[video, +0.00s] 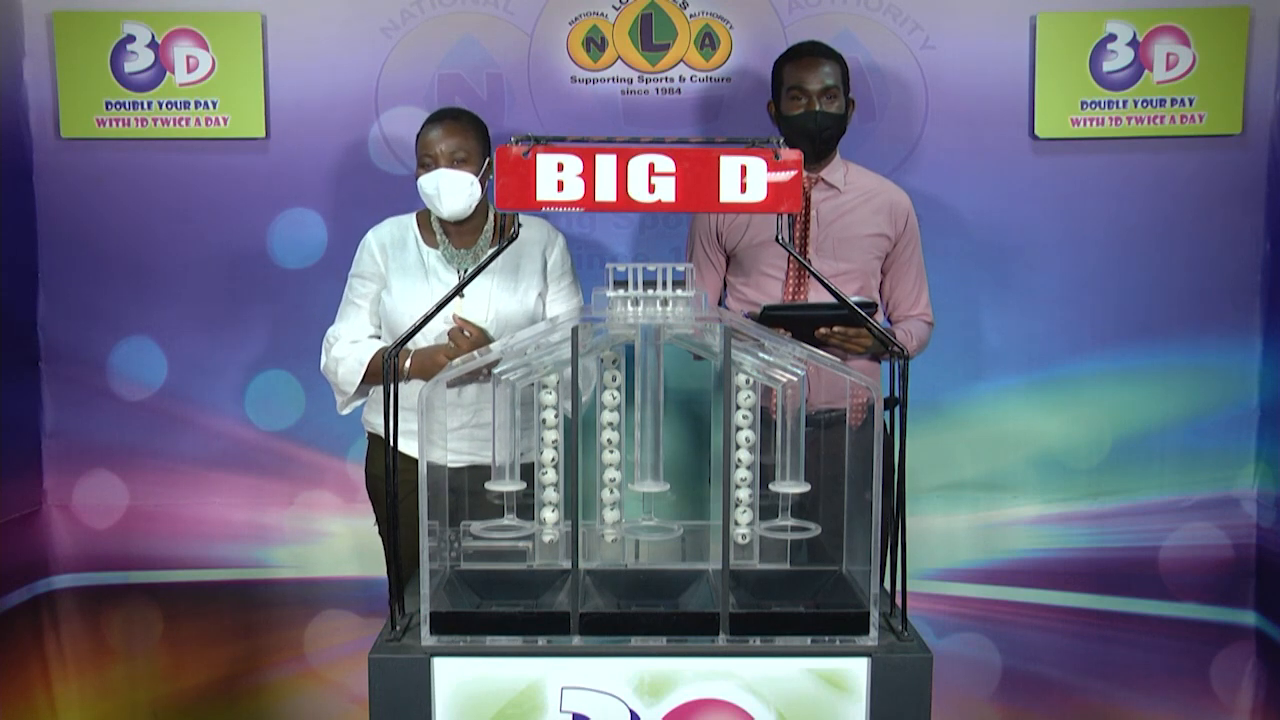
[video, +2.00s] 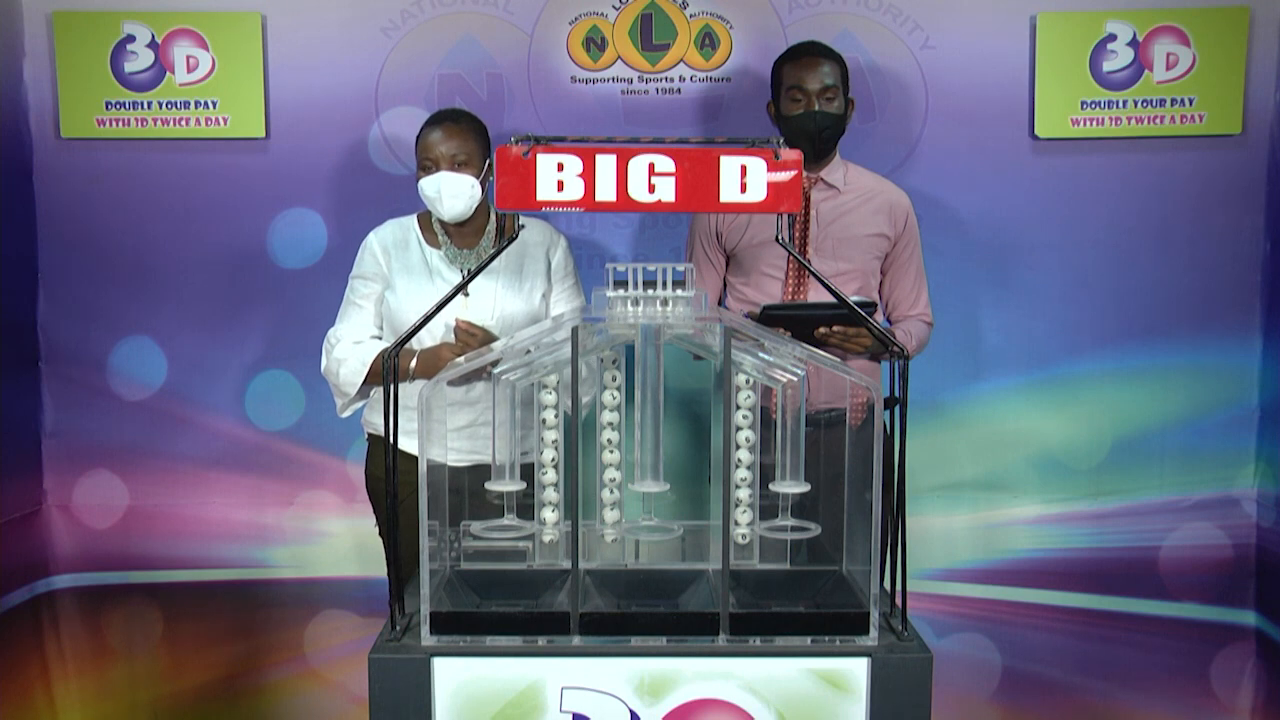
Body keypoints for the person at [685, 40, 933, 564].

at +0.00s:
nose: (814, 109)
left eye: (829, 95)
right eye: (796, 96)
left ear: (848, 107)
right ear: (774, 109)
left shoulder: (888, 205)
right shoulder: (727, 201)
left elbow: (915, 321)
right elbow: (695, 319)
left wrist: (876, 341)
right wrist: (757, 338)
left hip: (842, 417)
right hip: (751, 418)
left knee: (844, 581)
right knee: (752, 580)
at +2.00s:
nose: (813, 108)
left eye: (828, 94)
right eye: (796, 95)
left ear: (848, 108)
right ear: (774, 109)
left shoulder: (888, 204)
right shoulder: (726, 200)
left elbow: (914, 320)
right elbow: (696, 318)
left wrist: (876, 342)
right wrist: (761, 340)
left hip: (843, 416)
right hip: (752, 416)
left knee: (844, 580)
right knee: (753, 578)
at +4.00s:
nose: (813, 107)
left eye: (828, 94)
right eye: (796, 95)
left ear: (848, 108)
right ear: (774, 109)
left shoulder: (887, 205)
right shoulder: (726, 200)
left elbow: (915, 320)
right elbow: (696, 318)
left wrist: (876, 341)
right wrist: (760, 337)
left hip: (843, 417)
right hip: (752, 417)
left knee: (844, 581)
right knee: (753, 579)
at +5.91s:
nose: (813, 107)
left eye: (829, 94)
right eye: (796, 95)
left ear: (848, 108)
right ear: (774, 109)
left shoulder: (888, 205)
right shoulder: (727, 200)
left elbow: (914, 321)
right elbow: (696, 318)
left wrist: (876, 341)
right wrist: (758, 336)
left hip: (843, 417)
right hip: (751, 416)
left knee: (844, 581)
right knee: (753, 579)